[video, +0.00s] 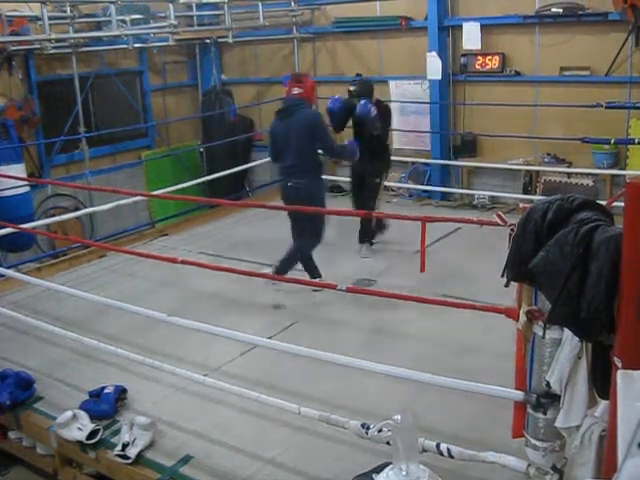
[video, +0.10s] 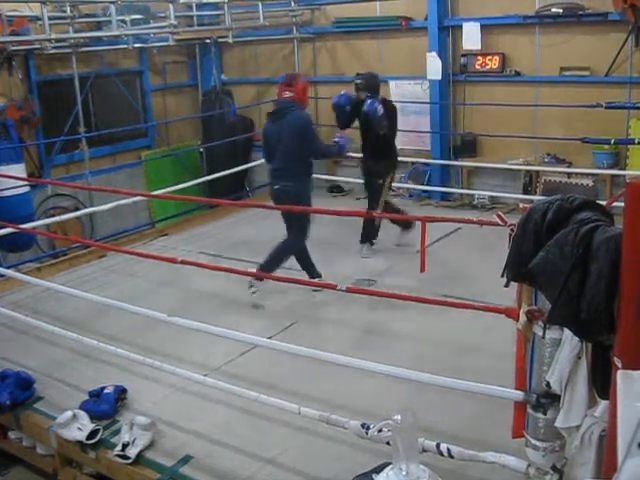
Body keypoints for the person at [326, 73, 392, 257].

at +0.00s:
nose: (354, 97)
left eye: (357, 94)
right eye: (353, 94)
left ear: (368, 93)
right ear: (353, 95)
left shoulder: (382, 108)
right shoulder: (353, 106)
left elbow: (382, 135)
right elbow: (338, 127)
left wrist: (371, 117)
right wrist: (335, 111)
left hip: (379, 158)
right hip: (360, 157)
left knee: (368, 199)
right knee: (358, 200)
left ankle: (365, 239)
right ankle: (377, 222)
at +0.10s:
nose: (357, 92)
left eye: (361, 89)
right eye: (357, 89)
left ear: (370, 89)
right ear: (359, 90)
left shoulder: (387, 107)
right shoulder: (359, 105)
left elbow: (388, 135)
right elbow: (344, 124)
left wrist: (376, 116)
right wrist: (341, 109)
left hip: (386, 159)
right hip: (369, 158)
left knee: (376, 199)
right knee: (375, 198)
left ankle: (367, 240)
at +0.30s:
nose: (372, 93)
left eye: (376, 89)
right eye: (371, 89)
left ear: (387, 90)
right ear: (375, 91)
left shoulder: (403, 110)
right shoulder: (378, 108)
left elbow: (414, 139)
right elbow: (370, 133)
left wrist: (393, 144)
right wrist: (359, 130)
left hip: (405, 164)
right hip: (390, 163)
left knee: (384, 203)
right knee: (400, 205)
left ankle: (372, 241)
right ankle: (425, 235)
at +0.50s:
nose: (384, 89)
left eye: (388, 85)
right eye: (383, 85)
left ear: (399, 85)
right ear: (388, 85)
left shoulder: (415, 105)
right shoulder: (394, 104)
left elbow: (427, 132)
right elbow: (394, 128)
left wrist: (405, 141)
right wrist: (377, 134)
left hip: (416, 161)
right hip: (403, 160)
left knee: (393, 199)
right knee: (408, 201)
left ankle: (402, 243)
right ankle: (426, 237)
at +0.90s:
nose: (400, 95)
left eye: (401, 91)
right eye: (398, 91)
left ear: (408, 90)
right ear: (414, 87)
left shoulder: (422, 107)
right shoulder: (419, 105)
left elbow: (403, 127)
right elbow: (402, 126)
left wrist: (390, 111)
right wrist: (390, 110)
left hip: (435, 166)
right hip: (431, 164)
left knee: (424, 213)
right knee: (423, 209)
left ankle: (434, 256)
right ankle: (426, 243)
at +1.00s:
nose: (402, 94)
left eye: (403, 90)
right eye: (401, 91)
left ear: (410, 90)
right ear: (419, 86)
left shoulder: (424, 106)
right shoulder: (429, 103)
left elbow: (403, 126)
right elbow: (406, 124)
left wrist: (395, 111)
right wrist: (396, 110)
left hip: (438, 166)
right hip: (444, 163)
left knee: (428, 211)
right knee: (434, 206)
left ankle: (434, 257)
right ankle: (448, 239)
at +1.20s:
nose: (409, 93)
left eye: (410, 89)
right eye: (409, 89)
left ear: (417, 90)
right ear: (428, 87)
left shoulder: (431, 108)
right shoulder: (439, 104)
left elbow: (408, 129)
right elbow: (413, 126)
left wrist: (401, 110)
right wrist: (405, 109)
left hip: (446, 169)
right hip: (460, 167)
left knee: (434, 214)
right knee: (458, 216)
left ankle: (434, 257)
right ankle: (477, 257)